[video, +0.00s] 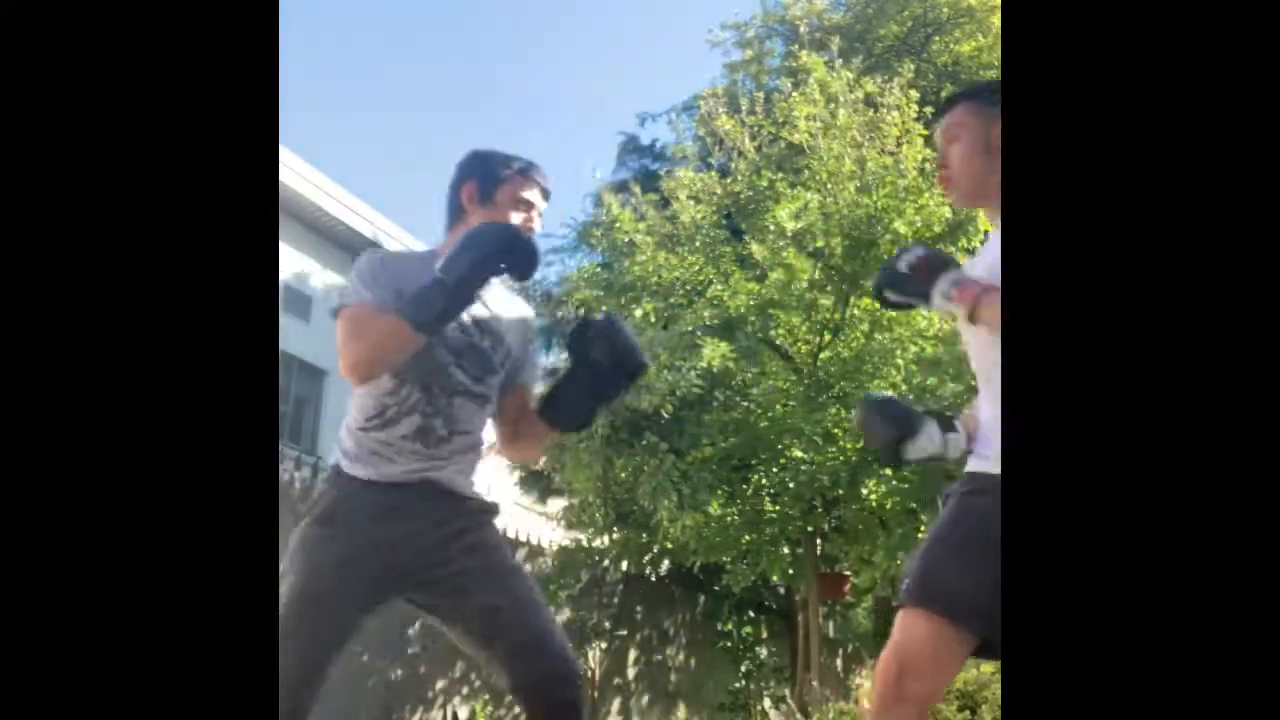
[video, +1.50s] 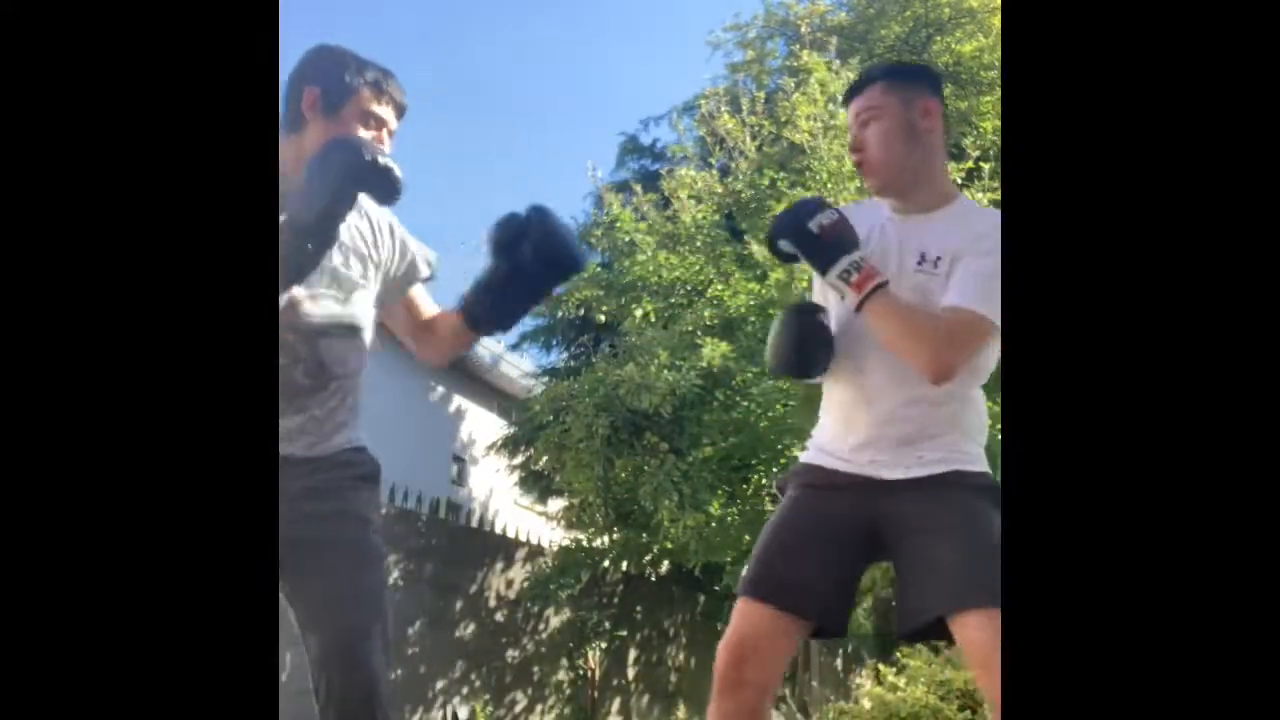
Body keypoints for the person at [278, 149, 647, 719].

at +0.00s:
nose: (534, 223)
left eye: (539, 214)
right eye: (522, 205)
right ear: (470, 198)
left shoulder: (515, 316)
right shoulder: (385, 269)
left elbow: (519, 442)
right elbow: (358, 361)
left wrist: (581, 390)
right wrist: (454, 283)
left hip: (455, 522)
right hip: (357, 510)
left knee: (555, 680)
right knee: (286, 686)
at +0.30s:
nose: (468, 223)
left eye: (473, 212)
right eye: (457, 204)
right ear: (406, 194)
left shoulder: (458, 297)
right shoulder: (322, 276)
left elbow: (492, 413)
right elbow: (330, 374)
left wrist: (543, 346)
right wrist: (410, 287)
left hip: (430, 519)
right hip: (326, 511)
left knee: (485, 691)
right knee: (278, 679)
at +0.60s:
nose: (447, 232)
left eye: (455, 222)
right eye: (440, 214)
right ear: (389, 203)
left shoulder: (425, 293)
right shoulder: (299, 278)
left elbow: (507, 379)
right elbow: (314, 381)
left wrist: (505, 272)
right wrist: (380, 285)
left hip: (386, 520)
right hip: (293, 512)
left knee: (439, 698)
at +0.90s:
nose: (358, 216)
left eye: (365, 205)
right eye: (346, 196)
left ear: (365, 214)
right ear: (294, 185)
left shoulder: (355, 281)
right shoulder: (281, 269)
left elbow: (413, 389)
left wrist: (456, 323)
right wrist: (292, 282)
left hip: (326, 494)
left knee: (389, 683)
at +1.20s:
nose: (405, 204)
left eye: (411, 192)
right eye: (394, 183)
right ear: (340, 165)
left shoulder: (384, 268)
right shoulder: (287, 249)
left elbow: (499, 288)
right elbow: (285, 362)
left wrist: (615, 264)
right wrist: (335, 282)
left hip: (322, 497)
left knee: (361, 681)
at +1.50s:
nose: (385, 147)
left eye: (391, 135)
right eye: (374, 125)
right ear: (313, 103)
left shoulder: (374, 227)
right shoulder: (284, 206)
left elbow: (431, 340)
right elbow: (284, 294)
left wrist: (511, 285)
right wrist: (310, 217)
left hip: (324, 474)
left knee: (356, 683)